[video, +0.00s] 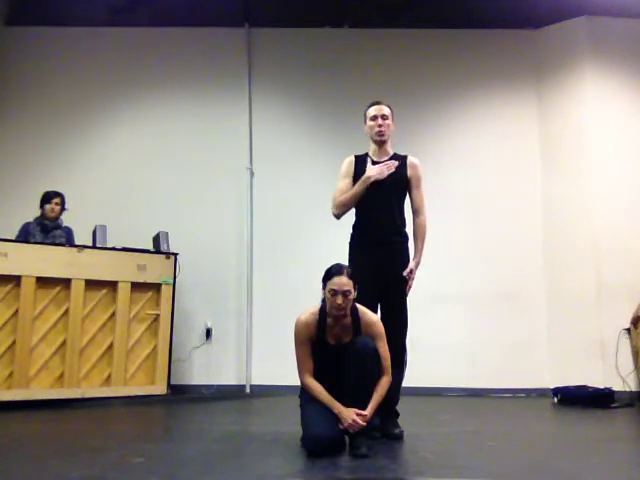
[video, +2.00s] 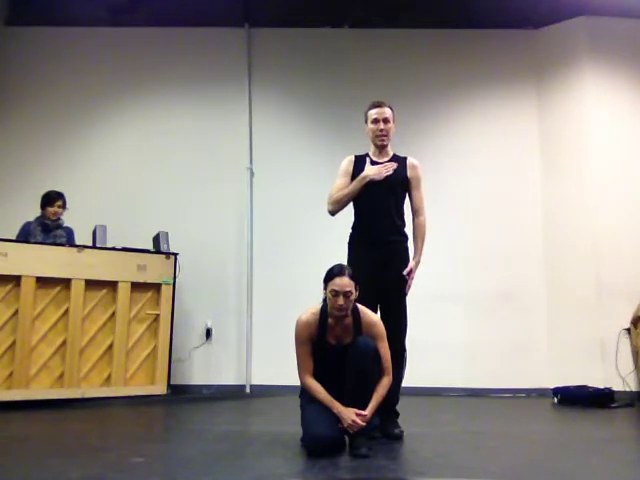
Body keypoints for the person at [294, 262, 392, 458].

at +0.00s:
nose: (339, 301)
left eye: (346, 294)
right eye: (333, 294)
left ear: (354, 294)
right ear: (324, 292)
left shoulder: (371, 323)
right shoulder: (306, 324)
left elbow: (386, 375)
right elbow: (306, 378)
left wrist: (367, 413)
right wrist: (341, 411)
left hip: (355, 392)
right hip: (320, 392)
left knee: (365, 347)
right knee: (321, 445)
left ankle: (359, 432)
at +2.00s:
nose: (340, 302)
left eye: (347, 295)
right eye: (334, 295)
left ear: (356, 294)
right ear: (325, 292)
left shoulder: (371, 323)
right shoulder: (307, 323)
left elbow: (387, 375)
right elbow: (306, 378)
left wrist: (366, 413)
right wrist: (341, 411)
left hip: (356, 393)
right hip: (321, 394)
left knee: (365, 347)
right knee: (322, 444)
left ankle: (360, 433)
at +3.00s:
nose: (339, 304)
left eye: (346, 297)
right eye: (333, 296)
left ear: (355, 295)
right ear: (324, 293)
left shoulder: (370, 323)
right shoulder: (307, 324)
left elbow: (391, 377)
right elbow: (306, 379)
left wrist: (362, 414)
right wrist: (338, 413)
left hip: (356, 393)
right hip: (321, 396)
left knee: (365, 346)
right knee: (320, 445)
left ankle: (360, 434)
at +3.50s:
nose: (339, 304)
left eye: (346, 297)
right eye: (333, 296)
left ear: (355, 295)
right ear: (324, 293)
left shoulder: (370, 323)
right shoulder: (306, 324)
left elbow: (391, 377)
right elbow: (306, 378)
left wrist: (362, 414)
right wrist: (338, 413)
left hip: (356, 394)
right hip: (321, 395)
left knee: (365, 346)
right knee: (320, 445)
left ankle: (360, 433)